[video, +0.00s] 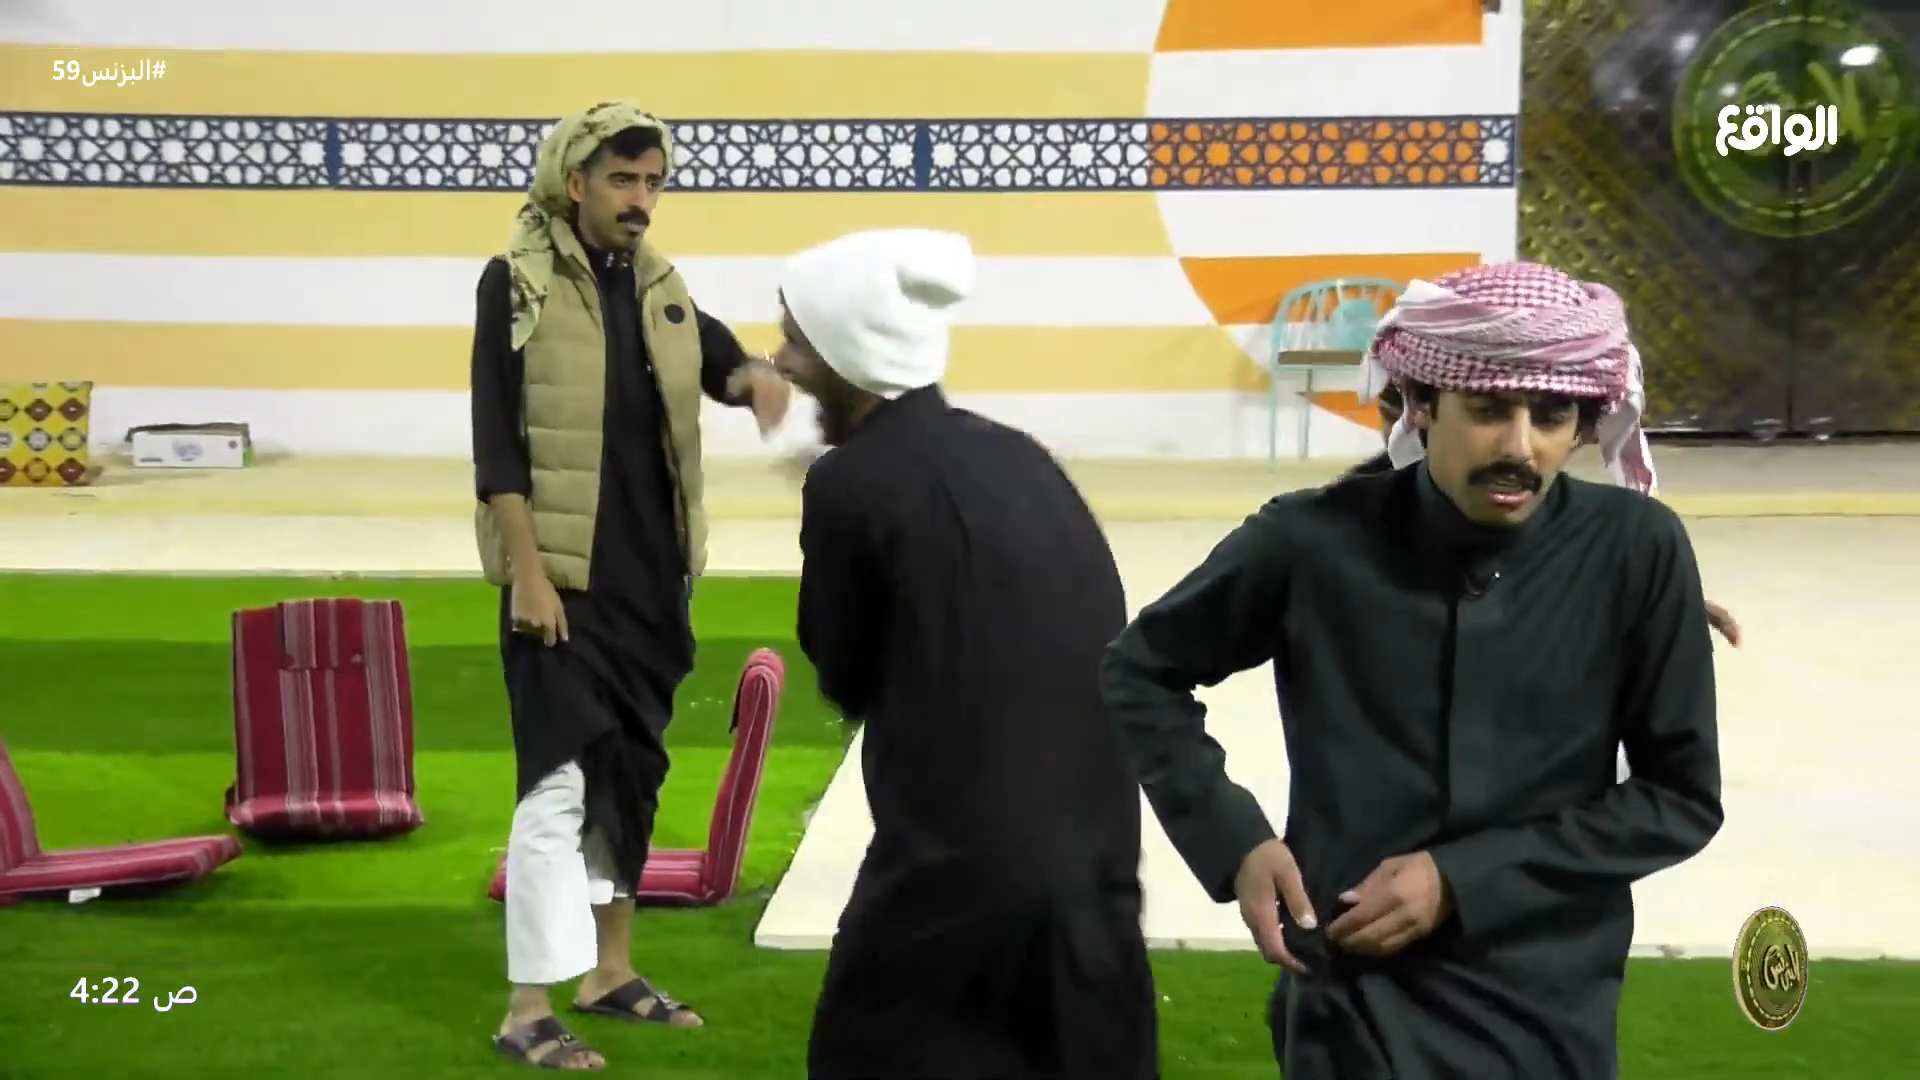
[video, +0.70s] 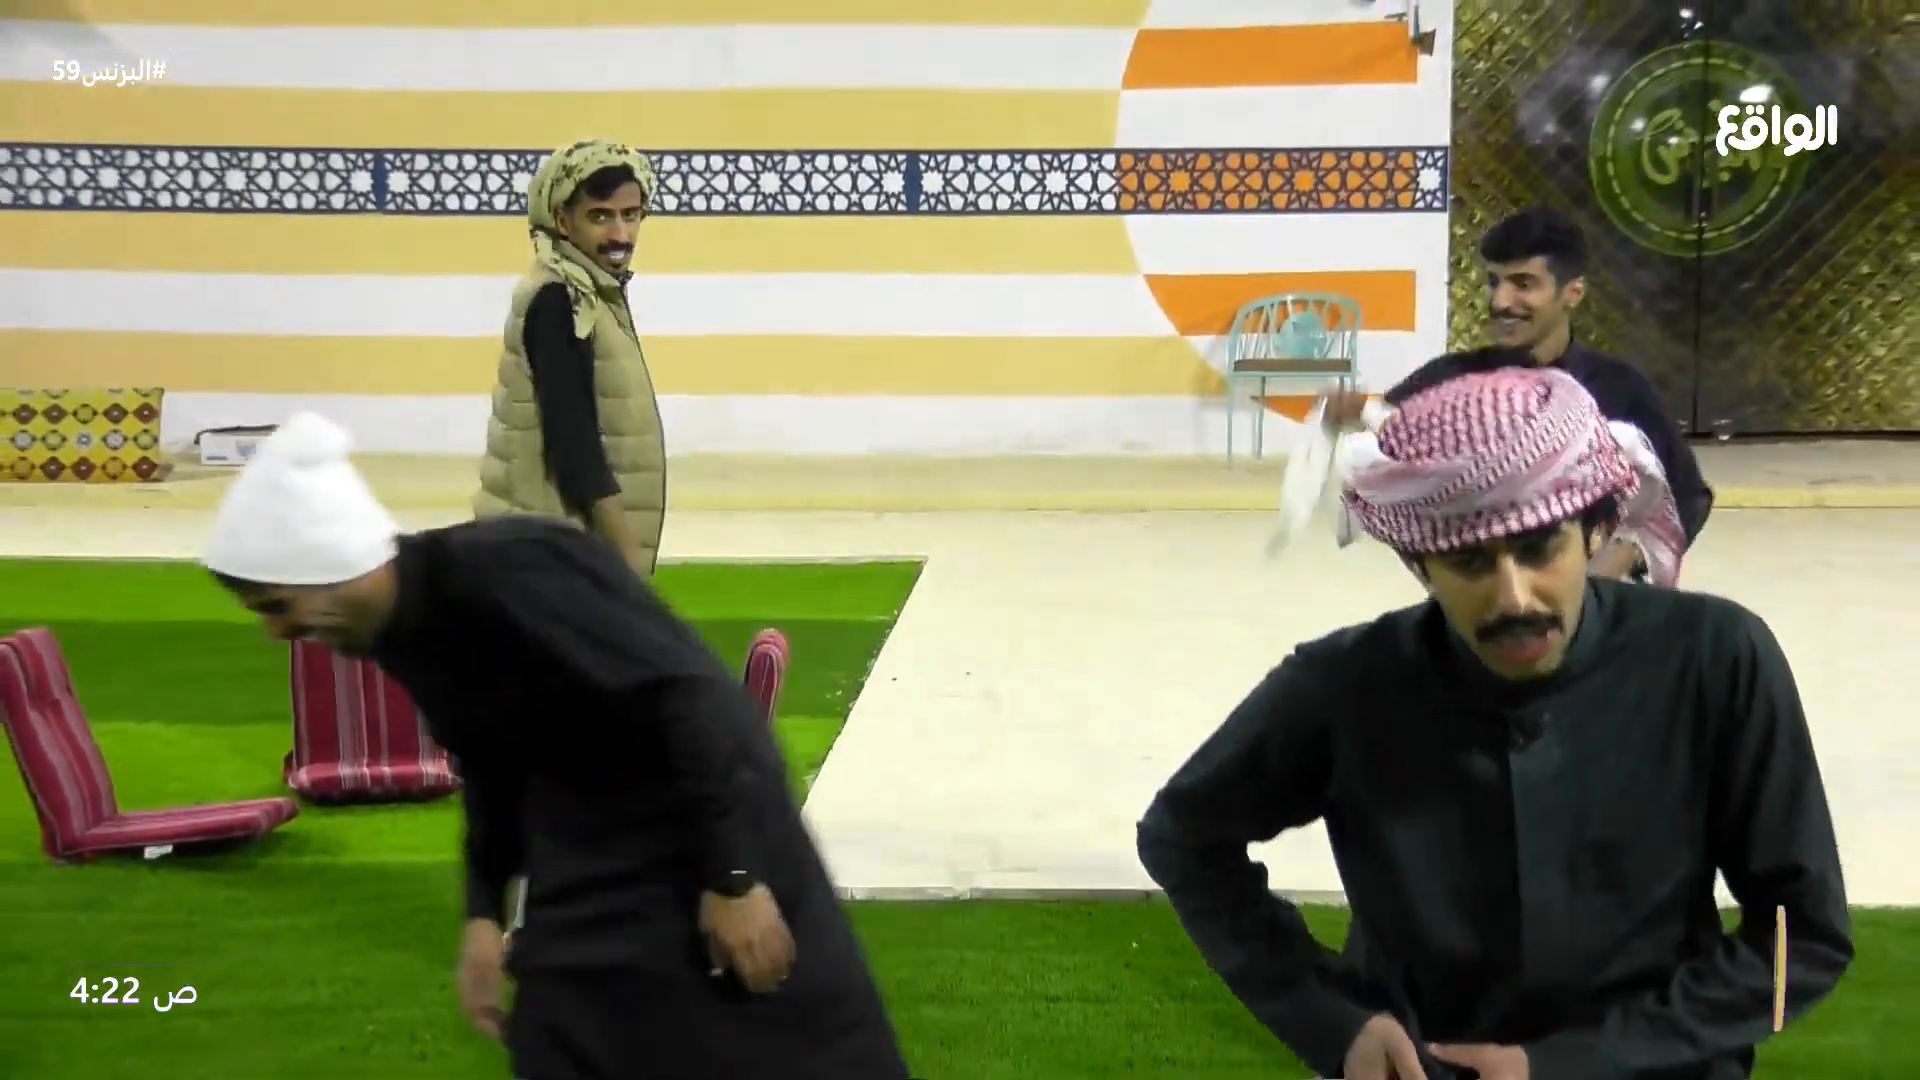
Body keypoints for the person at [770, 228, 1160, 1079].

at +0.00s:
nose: (781, 358)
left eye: (795, 341)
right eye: (787, 337)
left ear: (840, 364)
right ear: (908, 355)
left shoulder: (849, 481)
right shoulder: (1025, 456)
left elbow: (844, 675)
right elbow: (1099, 625)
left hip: (946, 864)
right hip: (1092, 856)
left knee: (870, 1057)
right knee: (1086, 1059)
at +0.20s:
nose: (668, 397)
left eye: (693, 371)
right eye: (666, 373)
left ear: (768, 381)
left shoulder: (839, 488)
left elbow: (907, 705)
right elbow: (840, 709)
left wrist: (827, 855)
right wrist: (697, 788)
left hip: (1011, 846)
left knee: (785, 1000)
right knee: (781, 981)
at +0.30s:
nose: (592, 469)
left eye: (604, 433)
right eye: (578, 451)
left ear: (679, 417)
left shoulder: (815, 491)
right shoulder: (696, 570)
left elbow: (938, 663)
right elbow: (758, 737)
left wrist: (839, 818)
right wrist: (702, 854)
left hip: (1005, 799)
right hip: (883, 801)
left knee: (1021, 1034)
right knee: (761, 974)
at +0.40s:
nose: (556, 521)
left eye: (558, 487)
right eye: (535, 507)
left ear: (625, 447)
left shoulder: (776, 501)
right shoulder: (643, 591)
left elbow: (912, 654)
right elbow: (715, 745)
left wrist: (830, 825)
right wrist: (691, 877)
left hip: (966, 771)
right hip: (830, 770)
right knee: (727, 975)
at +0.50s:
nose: (473, 581)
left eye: (475, 551)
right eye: (456, 563)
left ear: (539, 503)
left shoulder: (697, 531)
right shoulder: (573, 625)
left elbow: (838, 669)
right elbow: (652, 769)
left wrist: (810, 860)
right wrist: (635, 904)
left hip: (892, 787)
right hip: (753, 789)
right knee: (687, 1009)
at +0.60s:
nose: (389, 614)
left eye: (400, 586)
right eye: (376, 591)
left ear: (469, 543)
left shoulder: (621, 556)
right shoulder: (497, 627)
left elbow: (782, 683)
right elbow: (586, 770)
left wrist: (792, 874)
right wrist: (586, 923)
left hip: (828, 791)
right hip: (696, 793)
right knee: (630, 995)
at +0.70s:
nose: (271, 631)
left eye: (273, 606)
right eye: (258, 612)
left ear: (332, 568)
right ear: (314, 581)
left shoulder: (515, 571)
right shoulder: (401, 634)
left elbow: (702, 693)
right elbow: (492, 765)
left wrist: (736, 879)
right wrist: (485, 912)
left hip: (710, 864)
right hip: (588, 878)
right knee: (548, 1028)